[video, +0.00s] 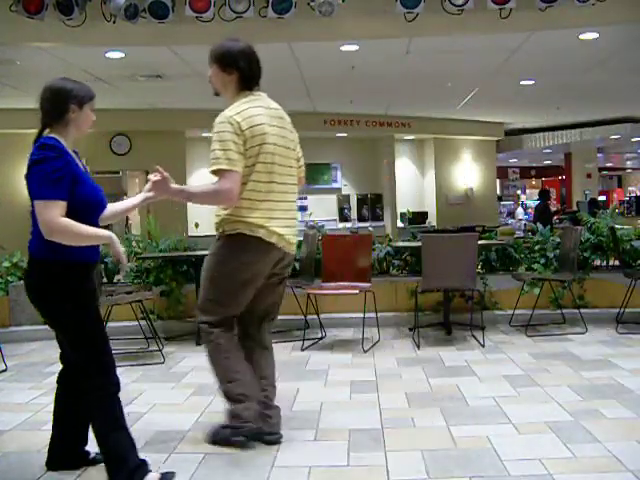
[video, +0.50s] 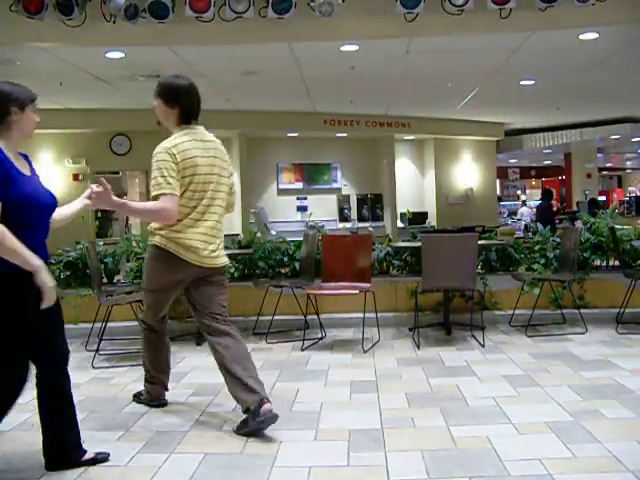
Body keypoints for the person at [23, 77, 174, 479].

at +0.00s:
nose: (93, 117)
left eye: (93, 110)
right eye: (89, 110)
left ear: (65, 113)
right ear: (70, 112)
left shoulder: (66, 153)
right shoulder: (50, 155)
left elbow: (94, 214)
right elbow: (50, 225)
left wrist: (142, 197)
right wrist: (105, 237)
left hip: (76, 272)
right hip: (59, 276)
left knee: (78, 364)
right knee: (100, 374)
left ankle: (65, 453)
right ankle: (128, 469)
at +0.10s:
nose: (83, 122)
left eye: (82, 114)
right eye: (79, 114)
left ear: (56, 116)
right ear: (61, 115)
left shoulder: (57, 158)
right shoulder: (39, 159)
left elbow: (84, 219)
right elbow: (41, 230)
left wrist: (130, 201)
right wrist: (93, 241)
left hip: (64, 275)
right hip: (46, 278)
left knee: (82, 360)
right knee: (98, 366)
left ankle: (66, 453)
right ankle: (107, 469)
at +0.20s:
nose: (72, 124)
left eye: (70, 117)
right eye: (68, 117)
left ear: (47, 121)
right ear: (50, 120)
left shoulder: (47, 164)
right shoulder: (25, 165)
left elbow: (77, 224)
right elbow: (29, 236)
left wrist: (121, 205)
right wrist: (81, 248)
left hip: (55, 278)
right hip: (36, 281)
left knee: (85, 361)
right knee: (90, 363)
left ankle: (77, 450)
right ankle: (68, 463)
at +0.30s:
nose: (61, 123)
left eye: (60, 116)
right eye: (57, 116)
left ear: (38, 119)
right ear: (39, 118)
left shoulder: (40, 162)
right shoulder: (15, 162)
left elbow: (65, 226)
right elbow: (13, 233)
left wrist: (107, 208)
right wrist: (69, 250)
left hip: (51, 275)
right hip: (24, 279)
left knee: (76, 359)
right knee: (71, 360)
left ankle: (68, 450)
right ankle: (28, 455)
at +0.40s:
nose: (49, 118)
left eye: (48, 111)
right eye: (45, 111)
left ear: (25, 115)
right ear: (25, 114)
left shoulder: (33, 158)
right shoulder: (6, 157)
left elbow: (53, 224)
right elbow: (3, 226)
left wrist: (94, 205)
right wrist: (55, 254)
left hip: (44, 272)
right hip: (14, 277)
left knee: (62, 359)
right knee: (46, 362)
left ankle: (65, 454)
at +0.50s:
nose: (37, 118)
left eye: (35, 111)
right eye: (32, 111)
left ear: (16, 115)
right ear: (13, 115)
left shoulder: (23, 160)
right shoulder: (2, 160)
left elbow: (46, 221)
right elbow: (0, 230)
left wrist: (86, 199)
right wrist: (36, 266)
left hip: (36, 274)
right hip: (9, 276)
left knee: (53, 362)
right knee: (10, 374)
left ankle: (64, 453)